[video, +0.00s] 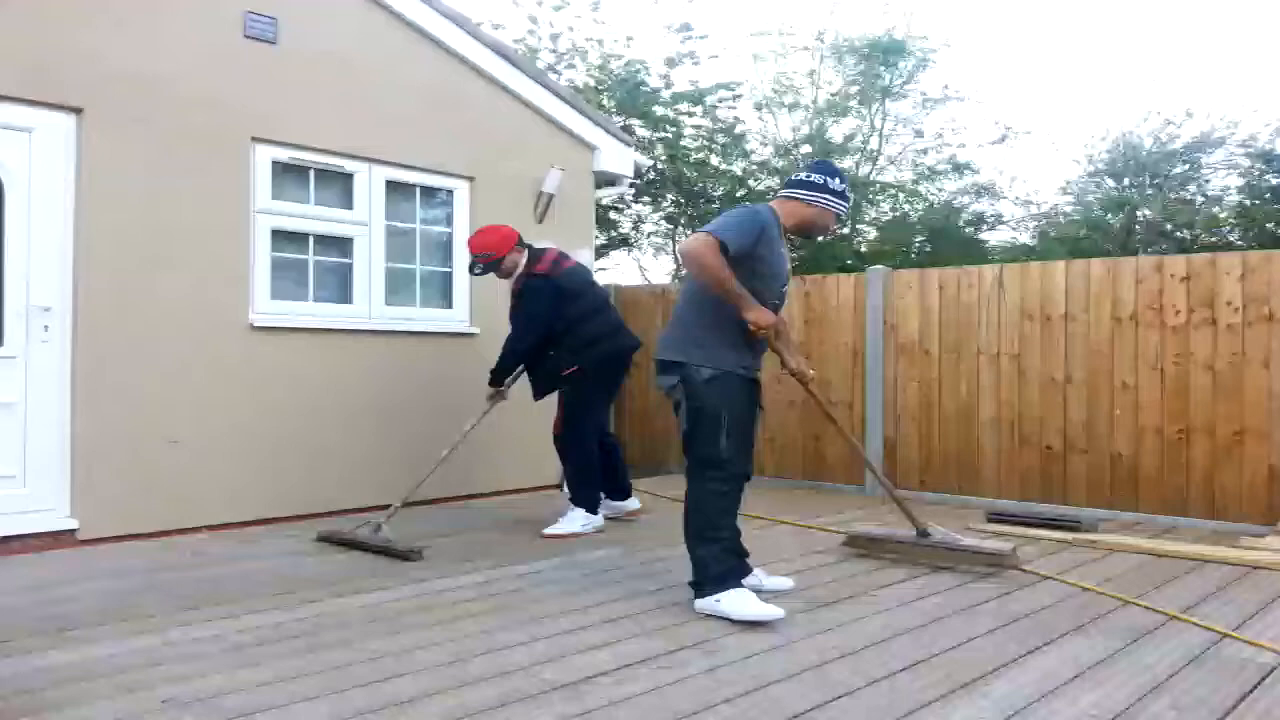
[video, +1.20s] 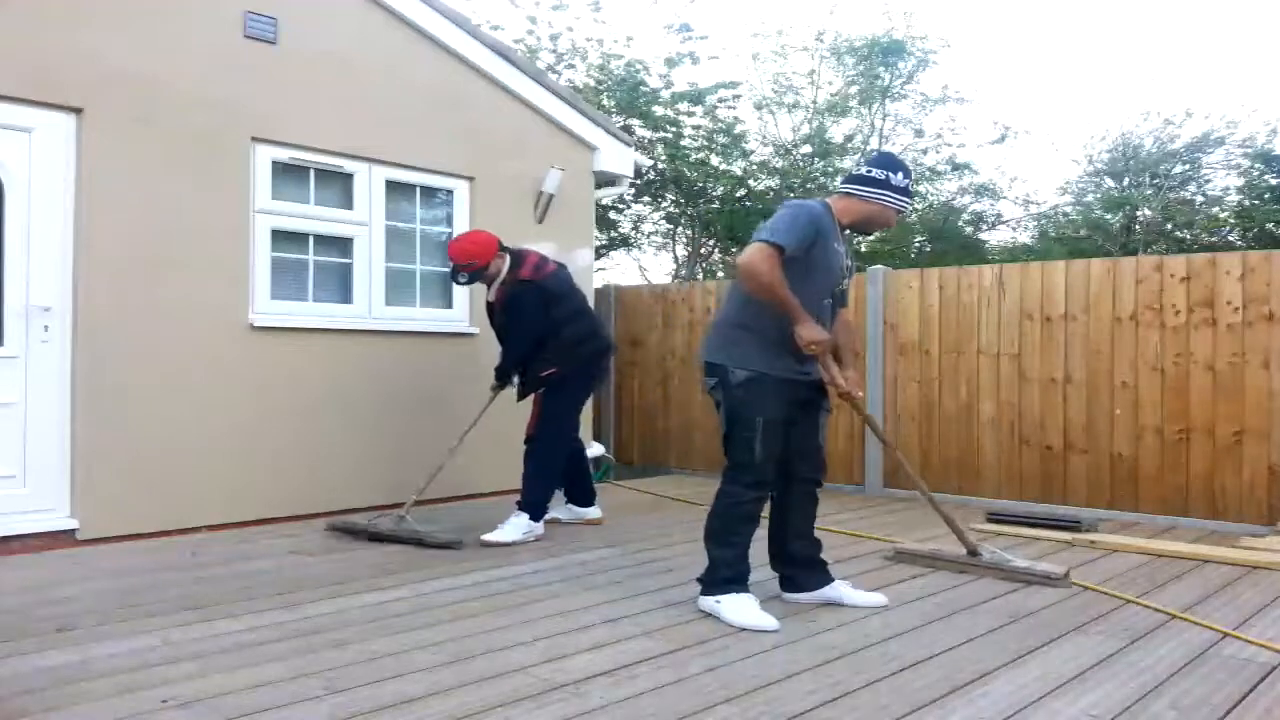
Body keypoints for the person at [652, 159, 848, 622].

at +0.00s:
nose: (832, 227)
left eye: (837, 219)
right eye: (835, 216)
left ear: (808, 199)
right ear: (816, 200)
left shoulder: (776, 245)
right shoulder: (757, 217)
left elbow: (768, 313)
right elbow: (696, 248)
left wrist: (791, 357)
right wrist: (746, 304)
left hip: (732, 368)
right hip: (707, 365)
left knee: (729, 472)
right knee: (714, 474)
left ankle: (733, 570)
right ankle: (713, 586)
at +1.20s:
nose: (896, 222)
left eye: (900, 213)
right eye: (897, 211)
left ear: (868, 196)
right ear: (877, 197)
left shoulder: (840, 255)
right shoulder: (807, 214)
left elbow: (828, 320)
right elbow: (753, 262)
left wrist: (838, 367)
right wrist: (800, 319)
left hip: (799, 374)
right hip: (749, 366)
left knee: (801, 477)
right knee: (750, 476)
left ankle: (803, 579)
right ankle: (722, 587)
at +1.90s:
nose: (863, 211)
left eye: (868, 204)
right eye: (865, 200)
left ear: (838, 186)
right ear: (842, 186)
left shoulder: (818, 246)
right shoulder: (770, 209)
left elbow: (821, 304)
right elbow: (703, 248)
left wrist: (839, 340)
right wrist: (783, 280)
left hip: (790, 377)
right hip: (736, 370)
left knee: (787, 483)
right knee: (729, 482)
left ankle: (803, 580)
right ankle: (704, 591)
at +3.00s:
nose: (917, 204)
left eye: (923, 195)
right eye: (915, 191)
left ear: (900, 184)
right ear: (887, 175)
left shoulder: (892, 241)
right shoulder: (794, 206)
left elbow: (890, 310)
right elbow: (708, 232)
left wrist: (872, 340)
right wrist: (774, 256)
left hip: (833, 381)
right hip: (759, 369)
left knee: (820, 490)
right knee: (737, 482)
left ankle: (820, 594)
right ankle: (714, 592)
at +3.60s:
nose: (874, 198)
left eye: (882, 188)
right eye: (865, 186)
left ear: (887, 183)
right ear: (835, 173)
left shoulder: (888, 236)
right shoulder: (768, 213)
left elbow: (912, 309)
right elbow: (702, 270)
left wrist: (887, 377)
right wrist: (759, 315)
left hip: (838, 386)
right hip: (758, 378)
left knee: (831, 489)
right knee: (755, 484)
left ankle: (822, 593)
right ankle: (762, 583)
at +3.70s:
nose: (822, 190)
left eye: (836, 180)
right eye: (812, 177)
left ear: (856, 179)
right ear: (796, 169)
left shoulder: (877, 229)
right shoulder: (752, 215)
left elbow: (913, 298)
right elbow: (692, 270)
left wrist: (877, 363)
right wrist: (739, 298)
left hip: (836, 381)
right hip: (756, 378)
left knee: (830, 489)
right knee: (756, 484)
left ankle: (822, 593)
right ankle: (762, 584)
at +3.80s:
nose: (794, 185)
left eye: (807, 177)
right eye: (787, 174)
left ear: (835, 175)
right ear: (777, 167)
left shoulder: (869, 226)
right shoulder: (742, 216)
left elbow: (908, 292)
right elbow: (681, 266)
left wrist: (858, 349)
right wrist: (716, 286)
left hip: (830, 380)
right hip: (753, 377)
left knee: (828, 488)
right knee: (755, 484)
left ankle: (822, 593)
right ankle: (762, 584)